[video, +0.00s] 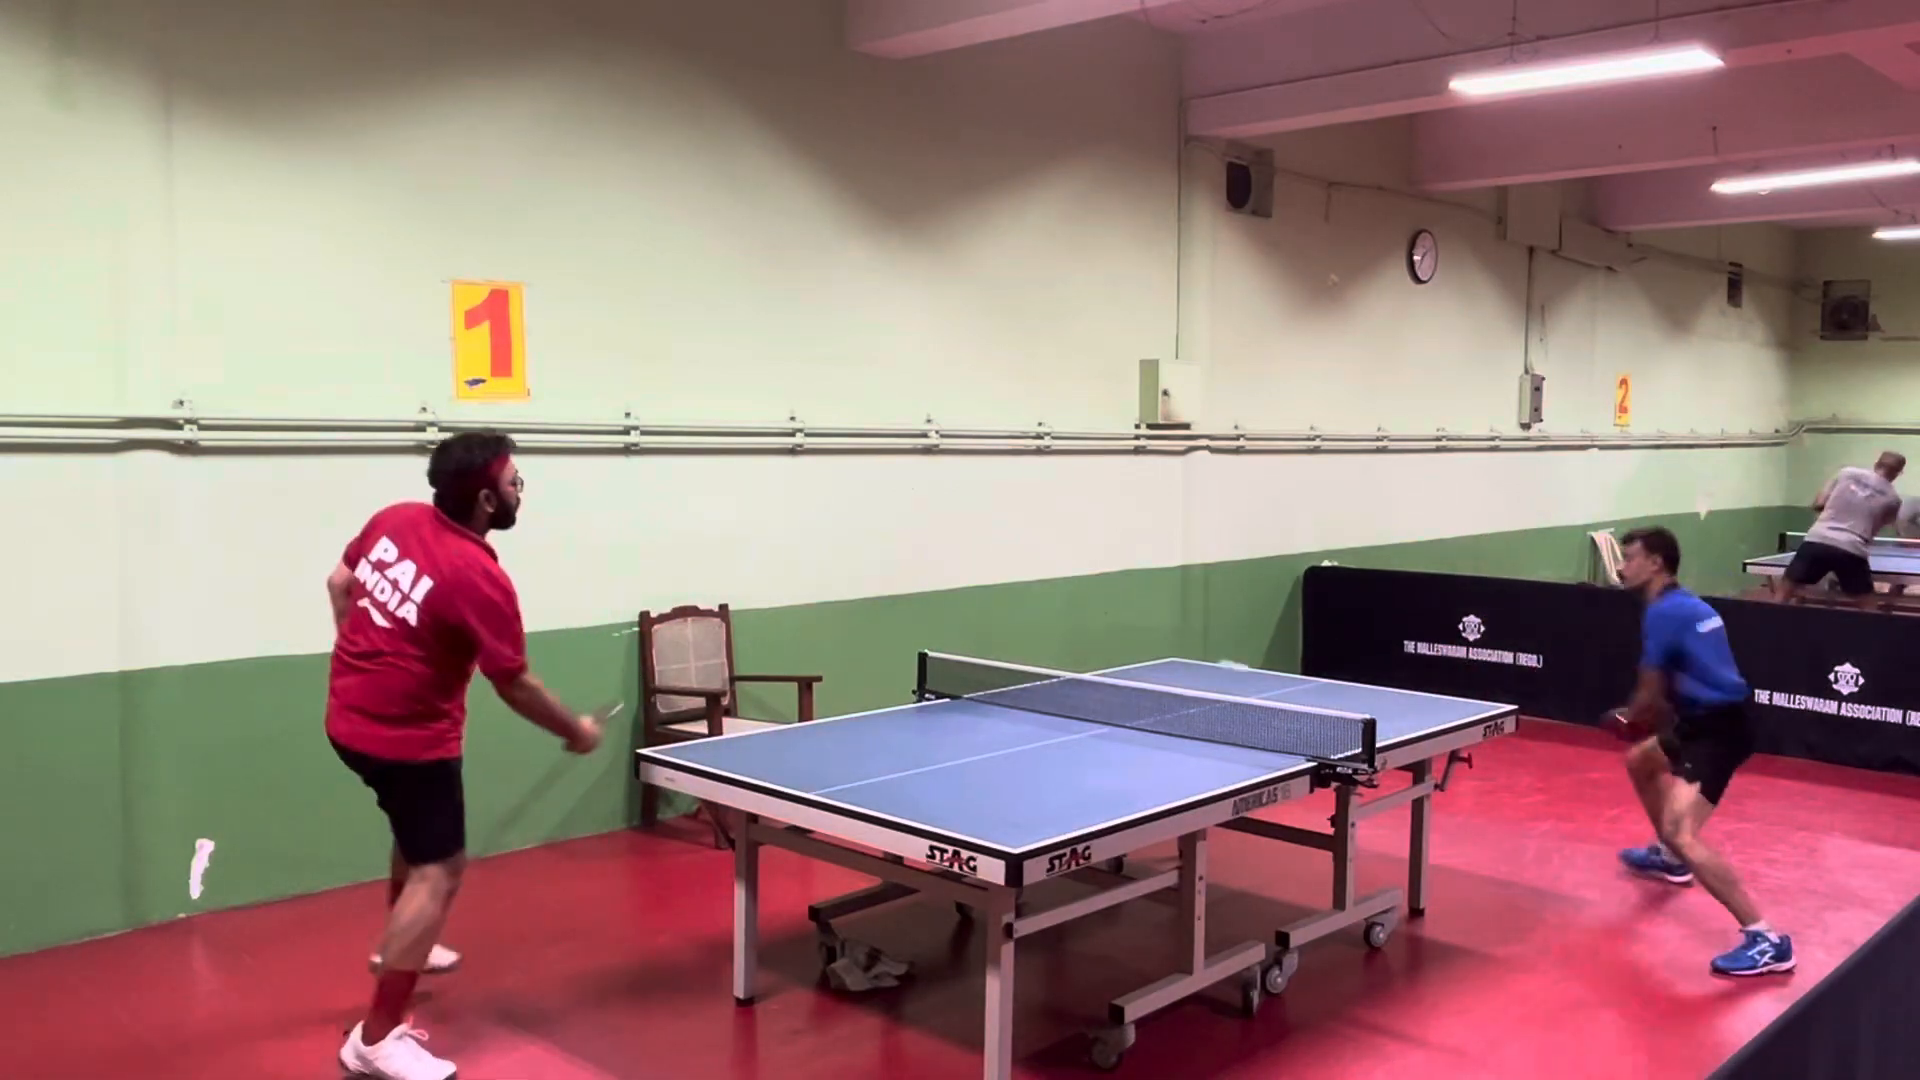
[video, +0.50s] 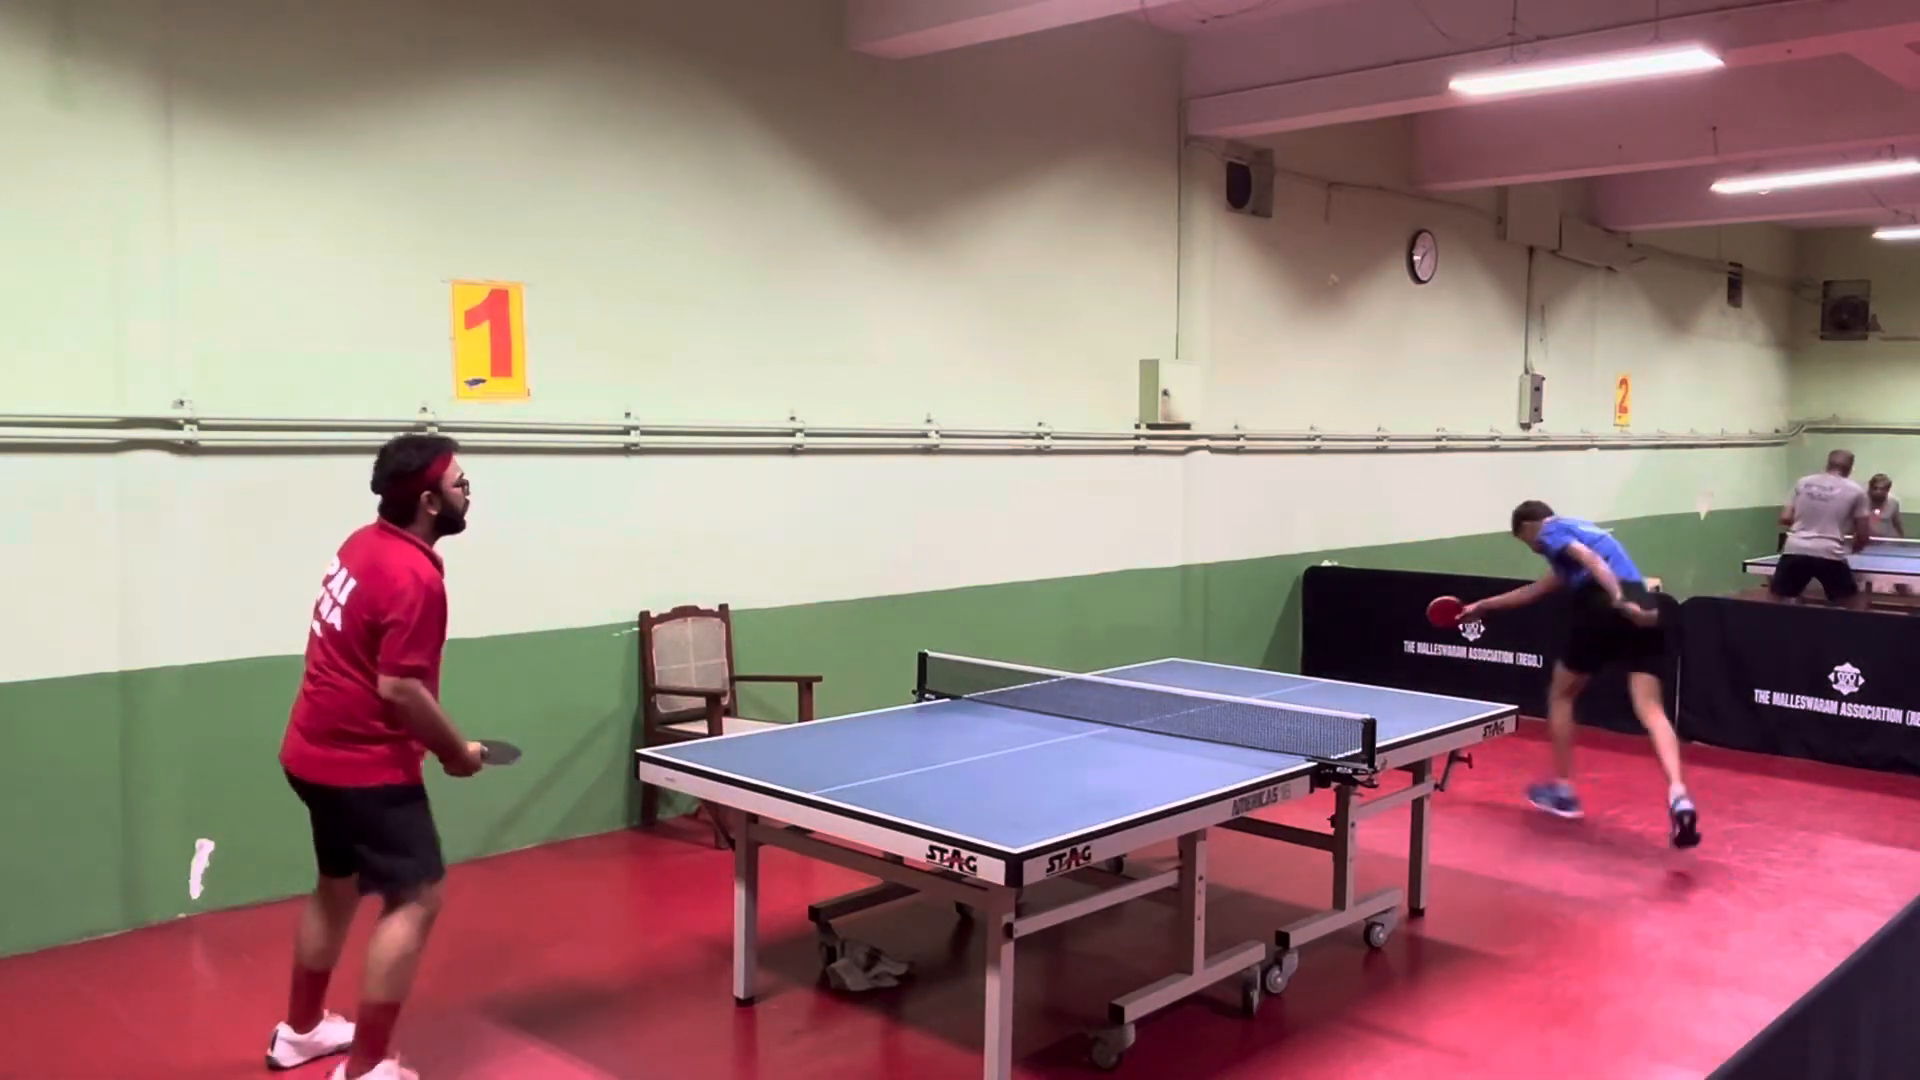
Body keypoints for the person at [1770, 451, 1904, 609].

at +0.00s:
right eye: (1898, 472)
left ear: (1876, 463)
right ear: (1898, 473)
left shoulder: (1846, 473)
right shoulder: (1893, 500)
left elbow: (1819, 503)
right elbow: (1875, 528)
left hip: (1815, 545)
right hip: (1851, 554)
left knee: (1783, 593)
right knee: (1868, 609)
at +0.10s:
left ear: (1871, 465)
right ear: (1892, 472)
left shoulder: (1843, 476)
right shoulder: (1892, 498)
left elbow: (1818, 507)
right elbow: (1879, 537)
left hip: (1817, 547)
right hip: (1852, 554)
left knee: (1789, 597)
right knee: (1869, 609)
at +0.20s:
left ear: (1861, 466)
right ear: (1883, 473)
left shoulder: (1835, 481)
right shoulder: (1885, 498)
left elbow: (1815, 514)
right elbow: (1885, 541)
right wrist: (1868, 553)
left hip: (1816, 549)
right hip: (1851, 556)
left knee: (1789, 596)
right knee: (1866, 607)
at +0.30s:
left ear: (1848, 467)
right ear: (1870, 474)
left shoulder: (1822, 485)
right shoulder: (1873, 498)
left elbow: (1807, 519)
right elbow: (1882, 540)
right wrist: (1868, 554)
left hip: (1810, 555)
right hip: (1845, 559)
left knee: (1787, 601)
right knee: (1868, 608)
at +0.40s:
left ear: (1835, 467)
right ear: (1858, 472)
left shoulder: (1811, 484)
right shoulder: (1864, 494)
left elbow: (1795, 520)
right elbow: (1872, 538)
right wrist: (1856, 555)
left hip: (1802, 554)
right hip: (1836, 559)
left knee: (1784, 600)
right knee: (1858, 605)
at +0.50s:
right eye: (1851, 467)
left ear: (1827, 465)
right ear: (1849, 469)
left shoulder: (1803, 483)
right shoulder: (1856, 491)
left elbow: (1786, 518)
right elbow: (1862, 536)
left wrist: (1806, 523)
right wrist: (1853, 548)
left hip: (1795, 553)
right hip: (1829, 556)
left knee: (1775, 602)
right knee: (1851, 607)